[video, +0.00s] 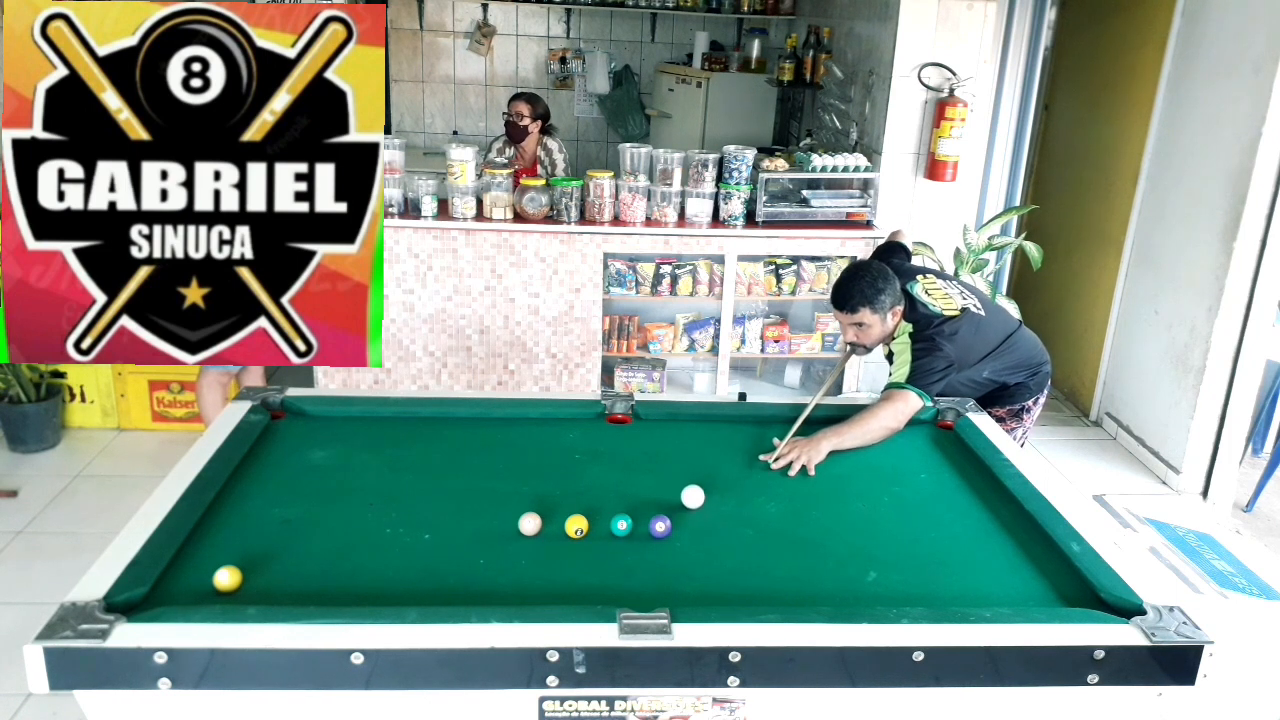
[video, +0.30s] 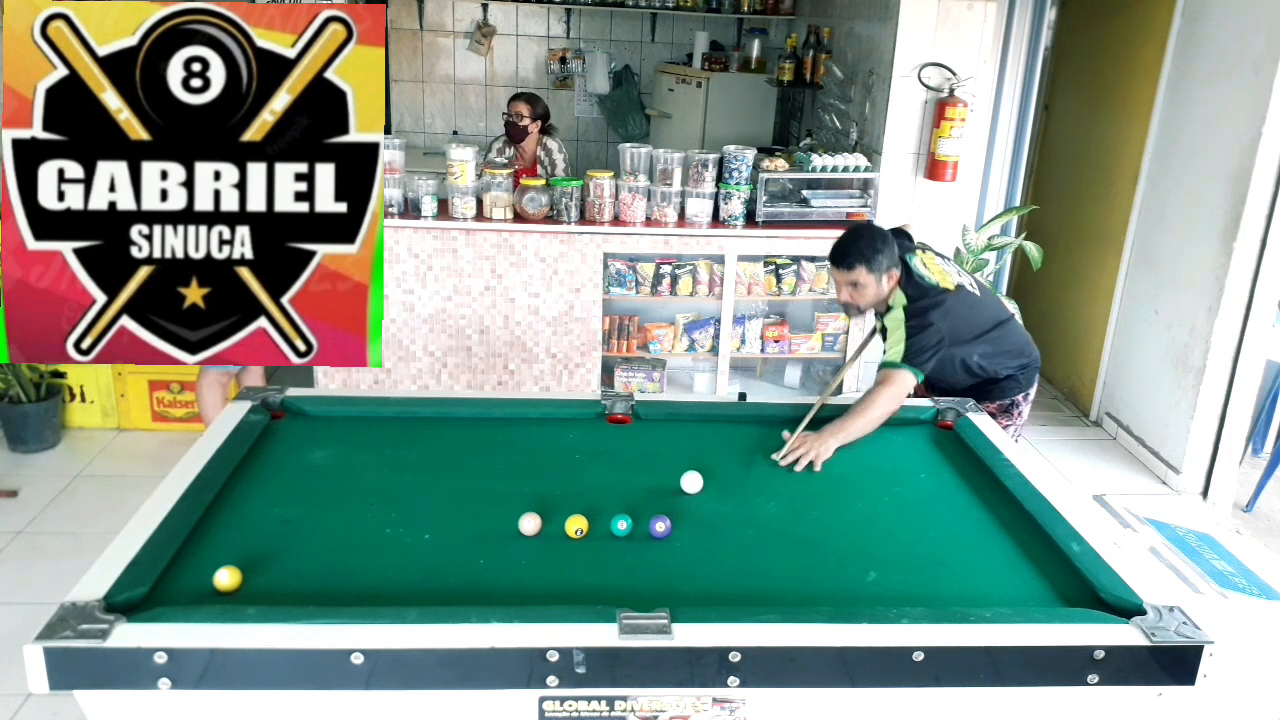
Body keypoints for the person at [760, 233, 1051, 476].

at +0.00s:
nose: (849, 338)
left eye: (861, 327)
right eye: (842, 324)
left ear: (895, 316)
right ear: (837, 309)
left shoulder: (930, 342)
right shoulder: (894, 269)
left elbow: (894, 412)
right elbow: (897, 240)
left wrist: (823, 441)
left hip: (1020, 376)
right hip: (970, 363)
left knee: (988, 475)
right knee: (947, 459)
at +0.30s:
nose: (843, 297)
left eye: (854, 287)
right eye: (838, 285)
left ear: (890, 279)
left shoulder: (919, 313)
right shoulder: (893, 250)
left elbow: (892, 391)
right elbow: (905, 231)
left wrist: (829, 437)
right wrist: (887, 307)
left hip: (1003, 377)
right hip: (947, 371)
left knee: (978, 477)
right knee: (929, 463)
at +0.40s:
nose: (839, 279)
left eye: (851, 269)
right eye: (835, 267)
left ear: (887, 264)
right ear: (829, 256)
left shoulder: (918, 294)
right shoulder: (888, 245)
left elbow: (900, 382)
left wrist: (831, 424)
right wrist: (887, 312)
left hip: (994, 377)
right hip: (939, 371)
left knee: (975, 479)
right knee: (924, 468)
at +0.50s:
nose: (834, 257)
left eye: (846, 247)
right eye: (830, 245)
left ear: (882, 243)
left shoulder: (914, 278)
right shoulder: (878, 254)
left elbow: (895, 373)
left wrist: (811, 396)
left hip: (980, 381)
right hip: (930, 375)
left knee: (968, 489)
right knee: (917, 480)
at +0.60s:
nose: (833, 247)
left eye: (845, 237)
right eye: (830, 235)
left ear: (882, 234)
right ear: (826, 226)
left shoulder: (912, 273)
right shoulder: (874, 248)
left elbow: (876, 364)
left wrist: (791, 386)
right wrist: (872, 315)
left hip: (971, 380)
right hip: (915, 372)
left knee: (954, 488)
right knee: (896, 476)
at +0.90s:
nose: (822, 227)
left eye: (835, 217)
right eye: (819, 214)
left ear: (870, 216)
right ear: (816, 204)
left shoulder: (894, 255)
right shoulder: (856, 236)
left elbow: (903, 353)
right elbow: (869, 278)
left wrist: (833, 390)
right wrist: (850, 305)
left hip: (948, 371)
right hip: (901, 363)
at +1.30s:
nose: (804, 220)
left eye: (818, 210)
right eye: (801, 207)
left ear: (852, 209)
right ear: (798, 198)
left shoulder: (883, 252)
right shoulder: (821, 233)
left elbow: (884, 346)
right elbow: (829, 279)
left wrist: (804, 360)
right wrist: (818, 313)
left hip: (911, 377)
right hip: (855, 368)